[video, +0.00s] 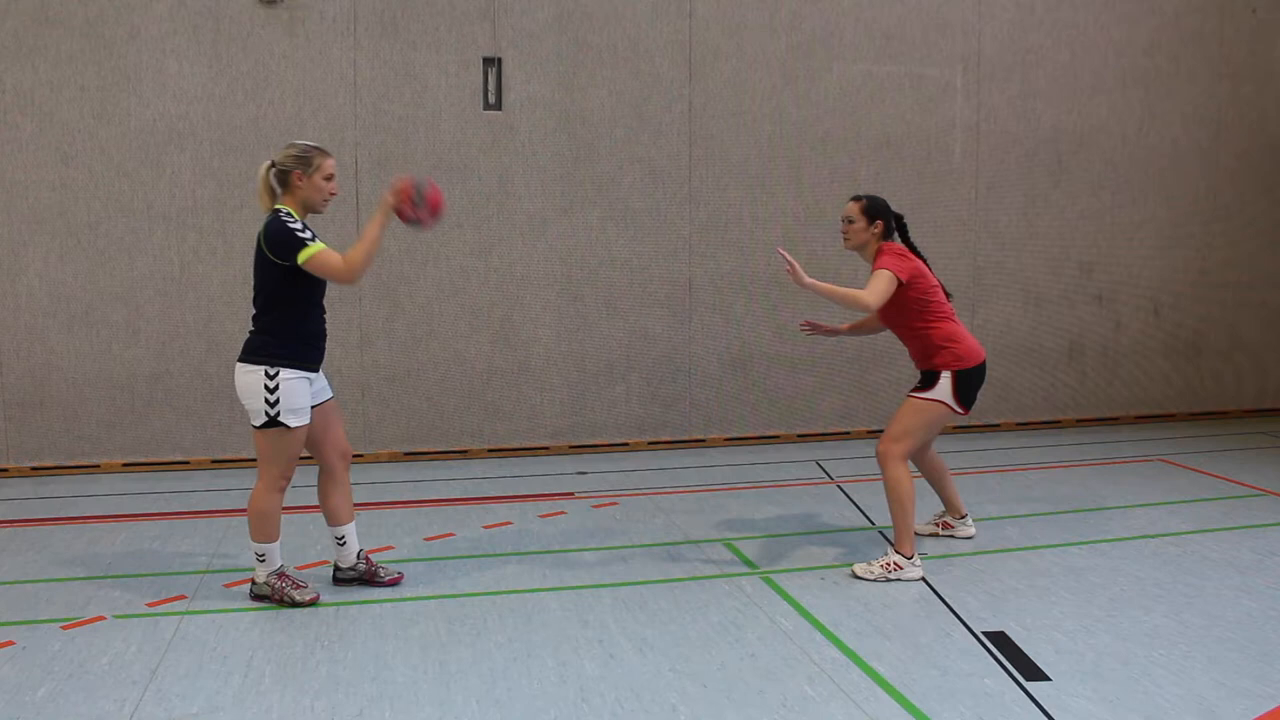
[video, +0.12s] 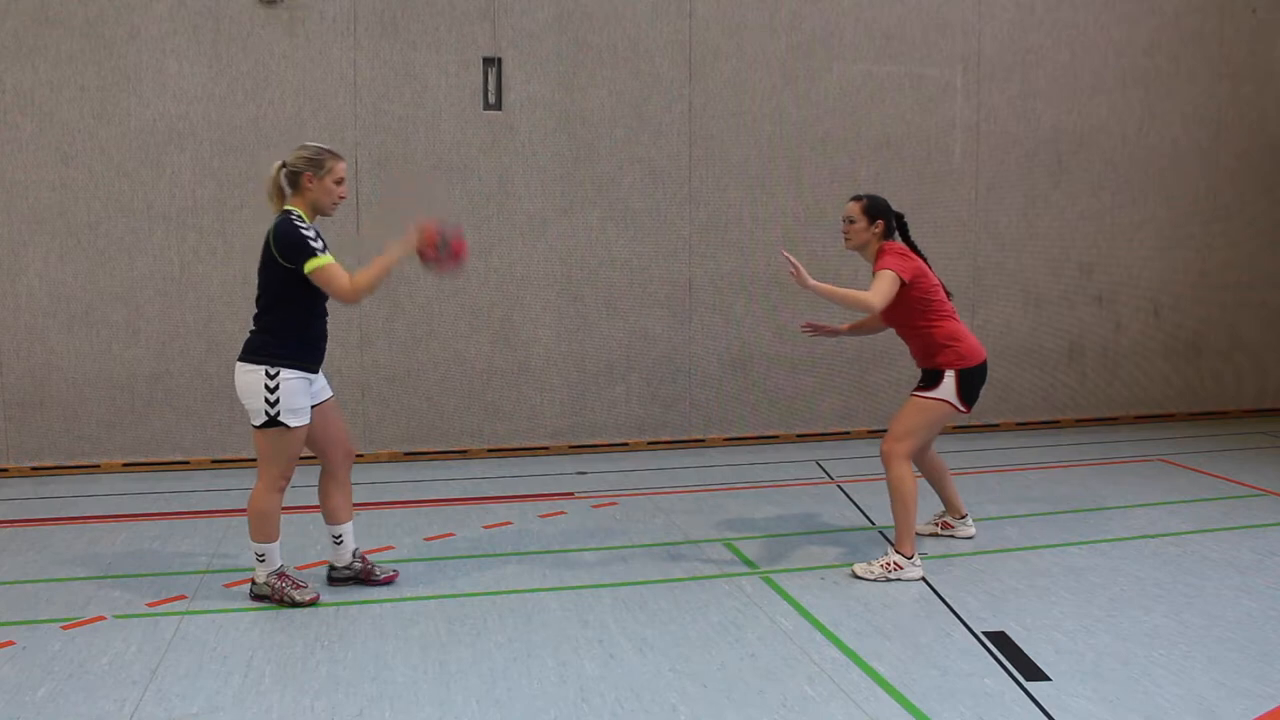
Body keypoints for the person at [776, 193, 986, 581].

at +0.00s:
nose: (843, 229)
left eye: (850, 222)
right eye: (842, 222)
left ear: (876, 227)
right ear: (872, 229)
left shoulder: (892, 258)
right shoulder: (890, 260)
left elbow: (871, 301)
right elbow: (887, 319)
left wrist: (808, 283)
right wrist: (841, 329)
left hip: (951, 367)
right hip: (951, 364)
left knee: (891, 451)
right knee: (916, 446)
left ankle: (904, 557)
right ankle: (957, 517)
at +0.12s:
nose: (843, 229)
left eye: (851, 222)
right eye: (843, 222)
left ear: (876, 227)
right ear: (872, 228)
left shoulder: (893, 258)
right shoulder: (889, 260)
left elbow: (875, 302)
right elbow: (888, 318)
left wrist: (812, 285)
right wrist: (843, 329)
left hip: (953, 367)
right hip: (946, 365)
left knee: (895, 450)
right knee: (916, 446)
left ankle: (904, 556)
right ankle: (957, 517)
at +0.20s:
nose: (844, 229)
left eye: (851, 222)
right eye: (843, 222)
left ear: (877, 226)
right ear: (872, 228)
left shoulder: (893, 256)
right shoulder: (889, 259)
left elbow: (877, 303)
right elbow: (887, 319)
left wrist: (815, 288)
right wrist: (842, 330)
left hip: (955, 366)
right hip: (944, 365)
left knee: (897, 449)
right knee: (916, 446)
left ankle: (904, 556)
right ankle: (958, 518)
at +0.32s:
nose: (843, 227)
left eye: (851, 220)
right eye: (843, 221)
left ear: (877, 225)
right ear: (872, 227)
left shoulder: (893, 255)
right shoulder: (889, 258)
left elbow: (877, 304)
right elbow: (888, 319)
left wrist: (814, 290)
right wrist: (842, 332)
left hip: (953, 365)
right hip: (945, 364)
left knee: (897, 449)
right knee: (916, 445)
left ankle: (904, 556)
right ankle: (958, 517)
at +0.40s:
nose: (843, 227)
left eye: (850, 220)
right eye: (843, 220)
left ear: (877, 224)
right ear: (873, 226)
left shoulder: (892, 254)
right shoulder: (890, 257)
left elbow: (875, 304)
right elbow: (888, 319)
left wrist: (812, 291)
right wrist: (842, 332)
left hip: (952, 365)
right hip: (947, 363)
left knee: (896, 449)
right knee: (917, 446)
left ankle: (904, 556)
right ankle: (958, 517)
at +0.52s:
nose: (841, 226)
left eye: (848, 219)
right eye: (841, 219)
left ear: (875, 223)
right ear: (872, 225)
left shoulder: (890, 253)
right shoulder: (889, 255)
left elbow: (874, 302)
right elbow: (889, 318)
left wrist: (811, 292)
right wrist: (843, 333)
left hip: (951, 363)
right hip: (949, 360)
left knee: (895, 449)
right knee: (918, 443)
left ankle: (905, 556)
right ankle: (959, 516)